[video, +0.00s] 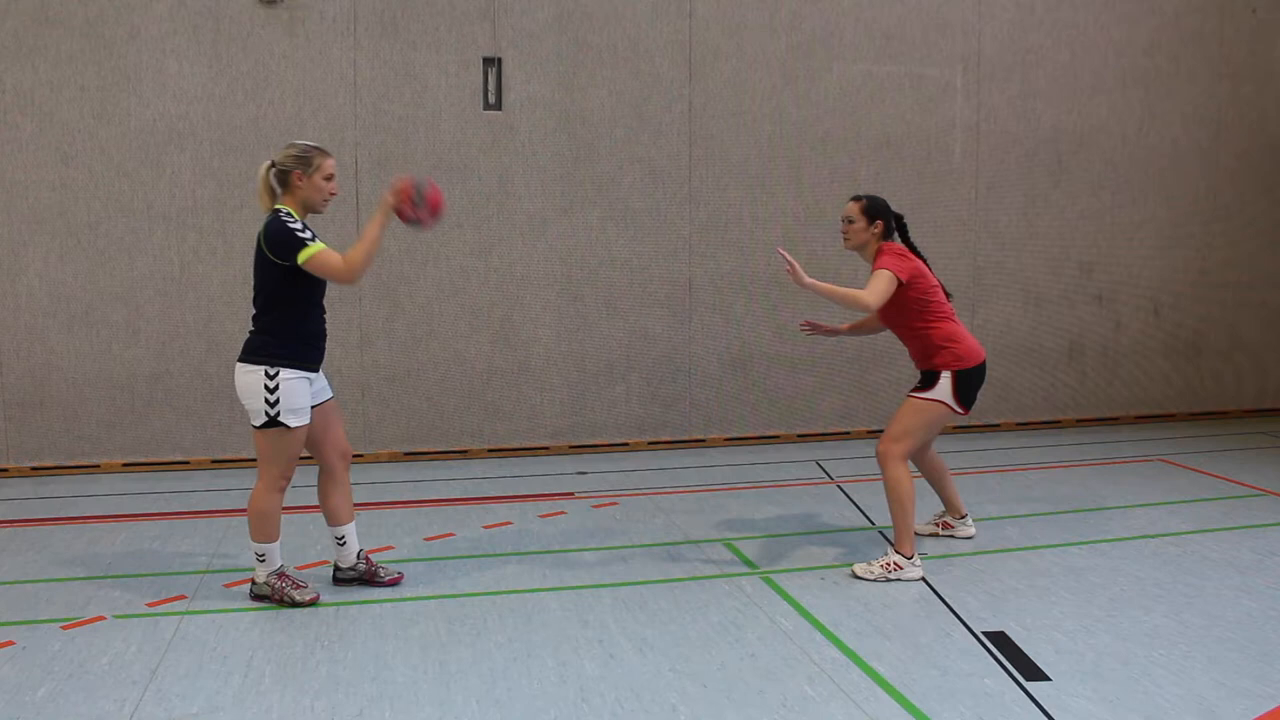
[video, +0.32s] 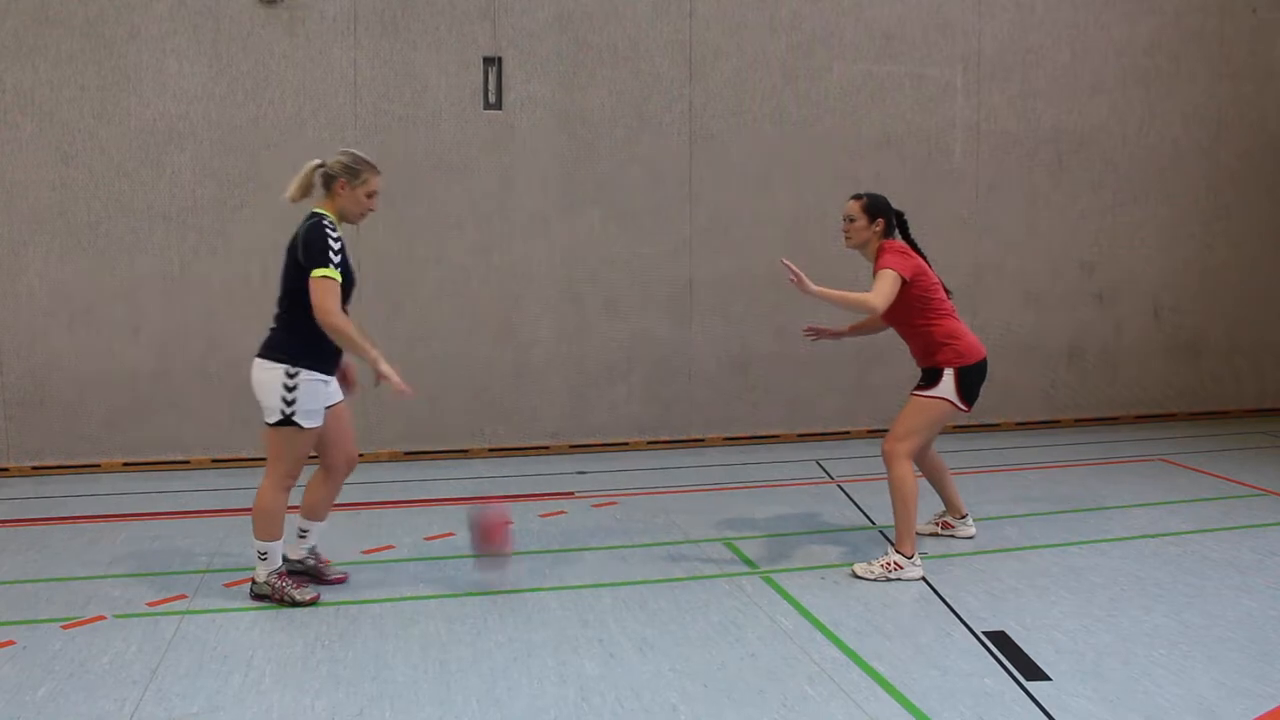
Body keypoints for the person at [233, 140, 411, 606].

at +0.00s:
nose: (334, 188)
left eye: (335, 179)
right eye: (327, 179)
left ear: (302, 182)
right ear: (298, 180)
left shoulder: (299, 227)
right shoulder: (281, 228)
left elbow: (289, 302)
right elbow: (347, 270)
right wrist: (385, 210)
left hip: (305, 369)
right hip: (273, 372)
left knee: (337, 458)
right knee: (275, 477)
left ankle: (349, 562)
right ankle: (266, 574)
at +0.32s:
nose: (374, 205)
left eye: (376, 196)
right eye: (369, 195)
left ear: (344, 190)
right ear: (341, 188)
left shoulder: (328, 233)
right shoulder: (320, 233)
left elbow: (313, 313)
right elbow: (327, 313)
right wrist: (375, 357)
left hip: (317, 371)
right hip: (291, 371)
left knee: (341, 459)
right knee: (282, 474)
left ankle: (299, 554)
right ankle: (267, 574)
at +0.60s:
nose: (421, 188)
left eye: (422, 179)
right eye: (416, 178)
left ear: (395, 176)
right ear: (387, 174)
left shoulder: (388, 224)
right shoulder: (362, 216)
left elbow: (393, 290)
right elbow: (380, 278)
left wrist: (444, 298)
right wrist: (452, 277)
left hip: (363, 356)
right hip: (341, 355)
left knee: (359, 453)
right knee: (348, 455)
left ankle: (305, 543)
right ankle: (296, 547)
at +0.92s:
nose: (521, 220)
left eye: (520, 212)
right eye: (514, 213)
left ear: (492, 221)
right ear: (488, 222)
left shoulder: (489, 266)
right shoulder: (481, 268)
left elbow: (511, 327)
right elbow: (522, 329)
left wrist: (566, 329)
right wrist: (576, 326)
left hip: (469, 397)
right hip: (434, 399)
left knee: (525, 444)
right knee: (398, 488)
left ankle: (525, 541)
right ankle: (310, 555)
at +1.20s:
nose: (672, 184)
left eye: (670, 176)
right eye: (664, 176)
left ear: (651, 183)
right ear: (640, 181)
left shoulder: (646, 229)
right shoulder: (625, 225)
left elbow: (634, 293)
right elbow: (588, 248)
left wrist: (661, 325)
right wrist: (604, 212)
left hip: (645, 351)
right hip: (613, 354)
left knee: (689, 422)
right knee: (624, 456)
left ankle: (663, 506)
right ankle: (575, 526)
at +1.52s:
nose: (820, 203)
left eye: (819, 195)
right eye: (813, 195)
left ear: (799, 200)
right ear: (785, 198)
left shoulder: (803, 245)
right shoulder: (782, 243)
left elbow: (806, 310)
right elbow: (792, 255)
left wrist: (830, 350)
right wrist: (786, 223)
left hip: (815, 362)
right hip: (782, 365)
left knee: (846, 433)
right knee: (773, 462)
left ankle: (806, 502)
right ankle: (693, 516)